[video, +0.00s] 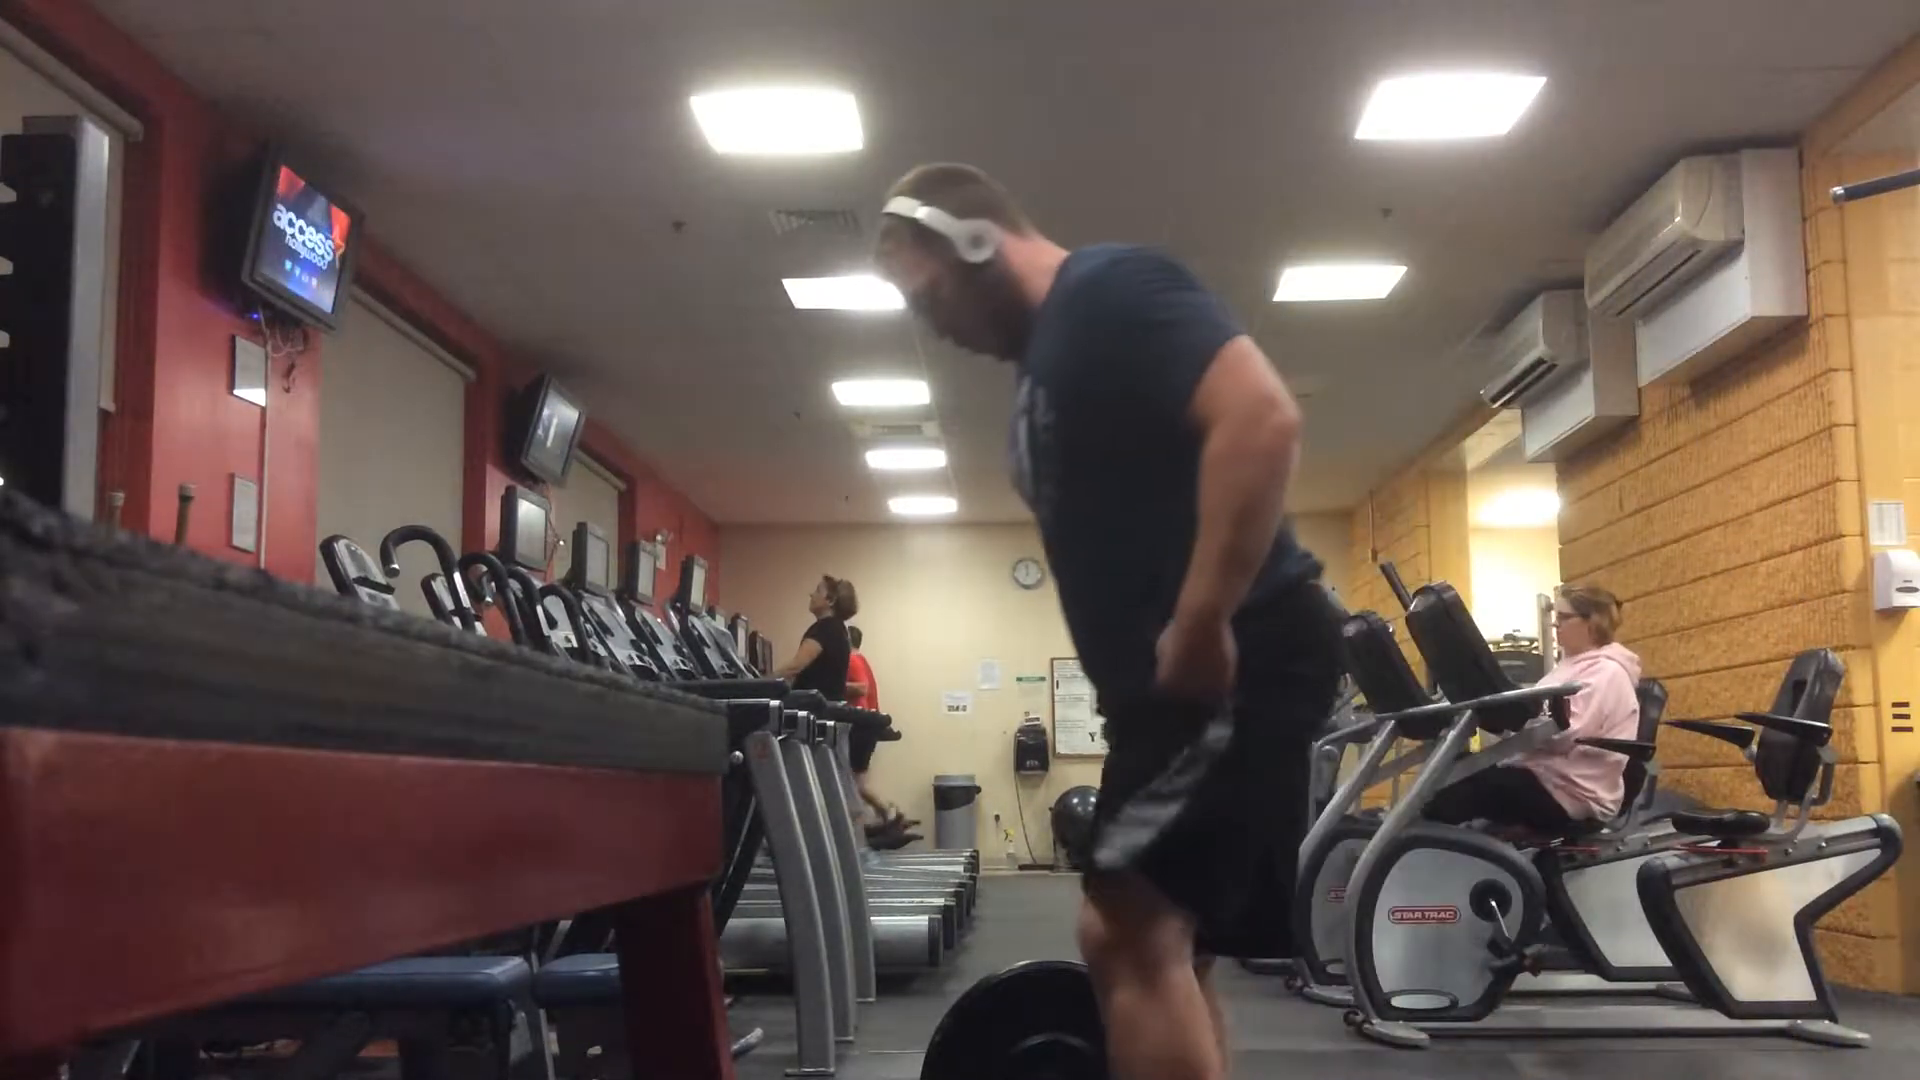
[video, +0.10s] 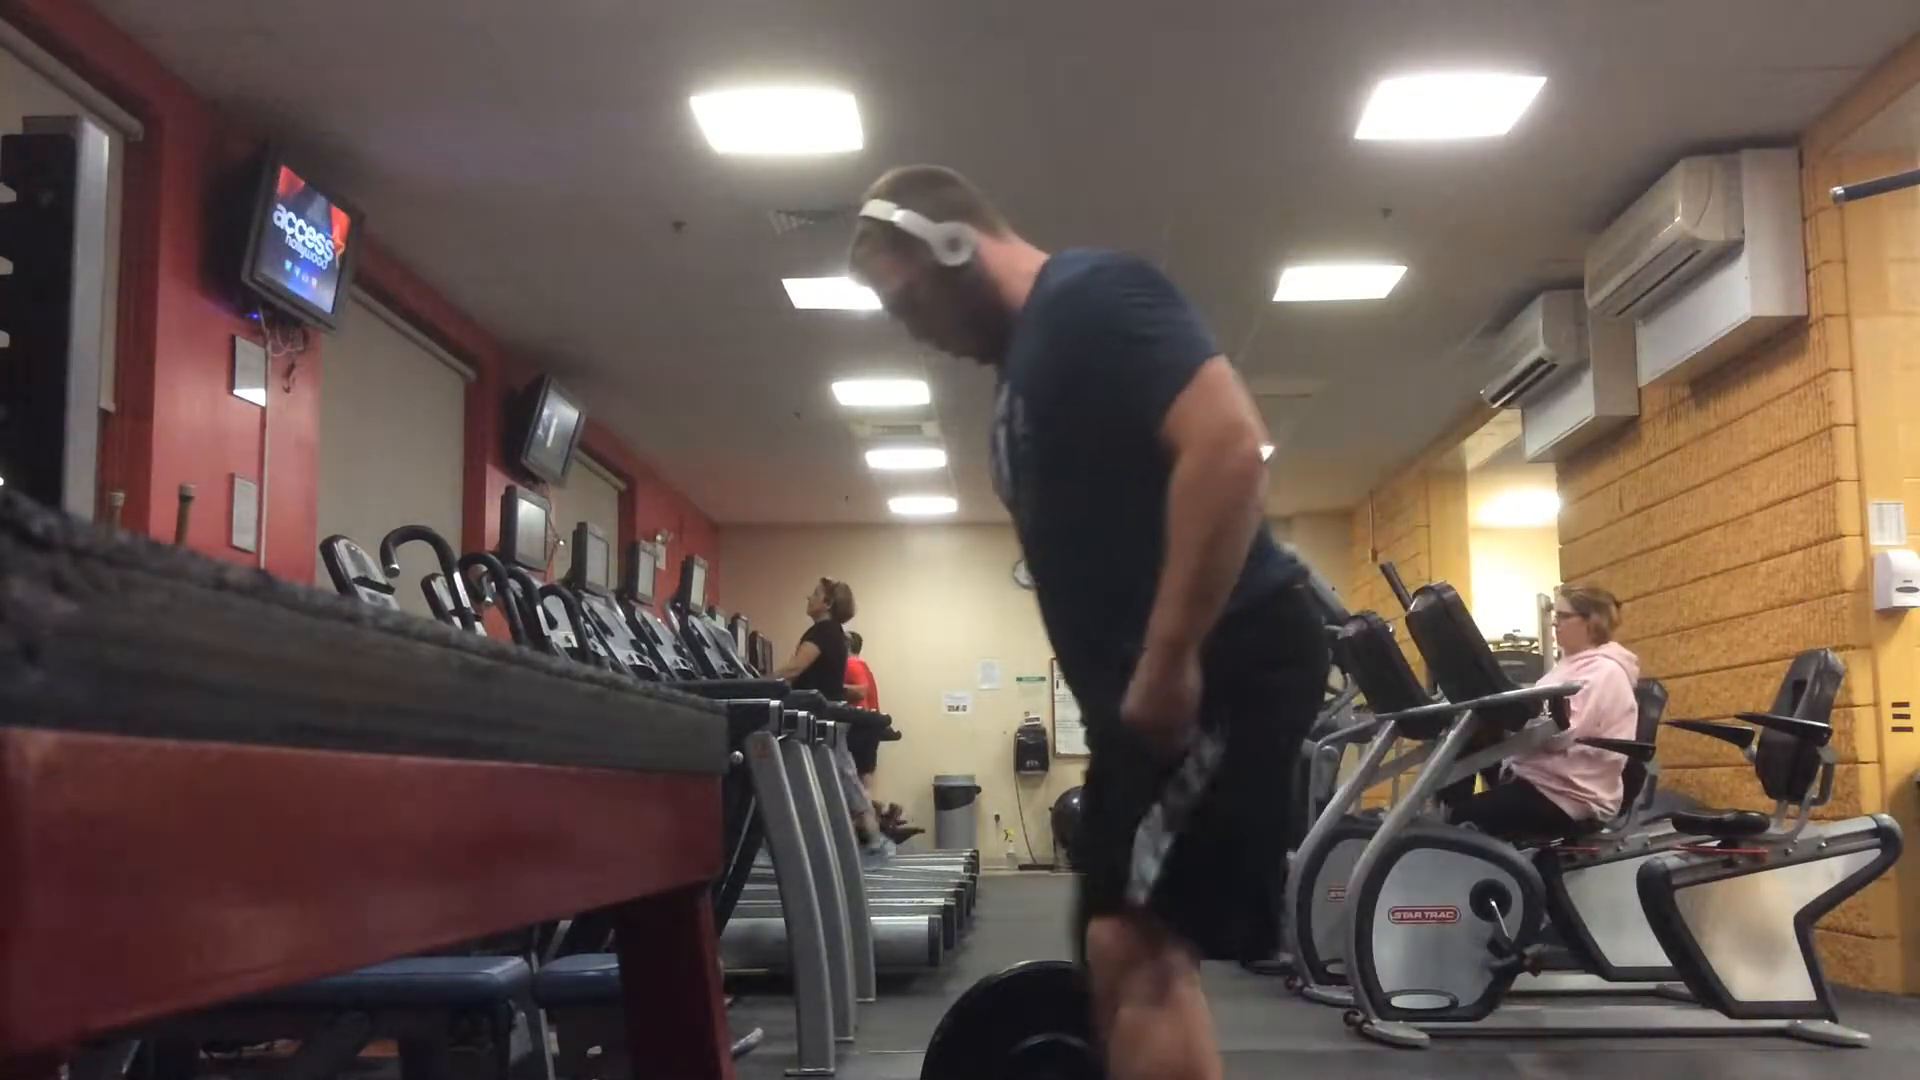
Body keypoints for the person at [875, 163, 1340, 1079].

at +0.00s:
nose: (930, 329)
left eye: (928, 298)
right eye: (917, 310)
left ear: (976, 247)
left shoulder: (1108, 285)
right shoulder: (1039, 390)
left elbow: (1258, 417)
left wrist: (1203, 616)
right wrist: (1125, 667)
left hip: (1239, 657)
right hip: (1163, 679)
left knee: (1126, 932)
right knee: (1160, 947)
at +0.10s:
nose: (911, 333)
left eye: (907, 302)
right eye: (896, 315)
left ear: (952, 248)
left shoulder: (1090, 292)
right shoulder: (1018, 396)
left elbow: (1227, 442)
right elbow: (1097, 557)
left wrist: (1170, 653)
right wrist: (1106, 718)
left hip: (1224, 655)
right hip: (1148, 680)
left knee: (1136, 948)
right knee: (1124, 952)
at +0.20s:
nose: (890, 337)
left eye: (883, 307)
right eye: (874, 318)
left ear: (931, 256)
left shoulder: (1070, 302)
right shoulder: (1009, 384)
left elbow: (1187, 471)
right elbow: (1096, 545)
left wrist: (1117, 689)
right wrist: (1104, 700)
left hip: (1228, 648)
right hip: (1160, 671)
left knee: (1123, 947)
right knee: (1063, 940)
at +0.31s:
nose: (879, 341)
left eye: (872, 311)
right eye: (862, 324)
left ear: (918, 256)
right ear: (921, 260)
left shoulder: (1052, 303)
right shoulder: (1001, 373)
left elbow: (1157, 480)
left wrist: (1075, 687)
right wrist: (1073, 709)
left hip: (1216, 642)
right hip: (1151, 661)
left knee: (1124, 951)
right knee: (1071, 947)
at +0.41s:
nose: (855, 342)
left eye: (847, 311)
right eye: (839, 326)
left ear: (900, 261)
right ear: (906, 264)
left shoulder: (1037, 306)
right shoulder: (985, 378)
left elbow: (1149, 481)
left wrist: (1069, 685)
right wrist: (1072, 693)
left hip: (1206, 642)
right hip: (1151, 659)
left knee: (1103, 945)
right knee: (1099, 943)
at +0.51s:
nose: (880, 373)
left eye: (863, 346)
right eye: (858, 356)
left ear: (894, 287)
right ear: (903, 281)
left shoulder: (1027, 322)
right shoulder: (977, 395)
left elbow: (1141, 495)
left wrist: (1083, 707)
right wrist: (1077, 715)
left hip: (1221, 652)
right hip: (1161, 671)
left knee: (1081, 934)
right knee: (1086, 935)